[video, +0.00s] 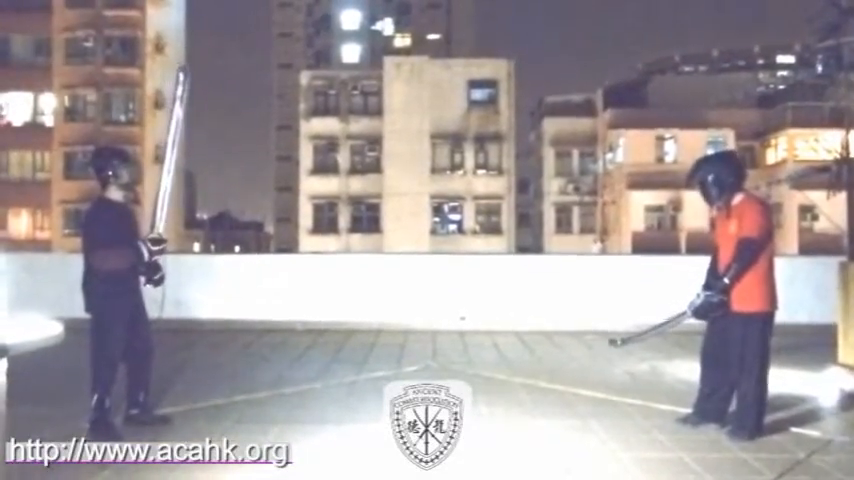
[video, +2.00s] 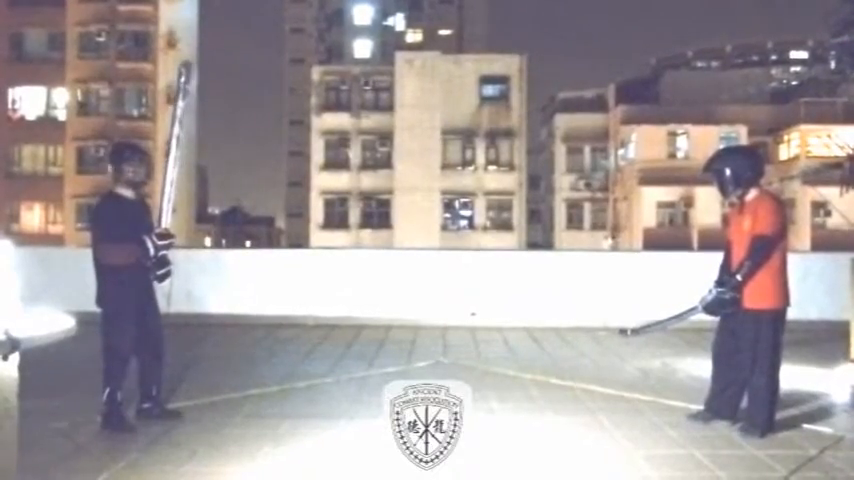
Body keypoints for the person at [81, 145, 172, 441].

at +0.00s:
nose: (132, 175)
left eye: (131, 170)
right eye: (127, 170)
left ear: (114, 173)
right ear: (112, 173)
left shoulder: (125, 211)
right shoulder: (99, 213)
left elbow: (126, 251)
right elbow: (100, 260)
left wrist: (146, 257)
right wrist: (140, 262)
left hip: (128, 292)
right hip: (105, 294)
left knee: (140, 347)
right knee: (108, 352)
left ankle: (138, 407)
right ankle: (100, 415)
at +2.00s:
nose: (139, 170)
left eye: (143, 165)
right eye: (132, 164)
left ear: (146, 170)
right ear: (117, 168)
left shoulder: (140, 206)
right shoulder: (106, 207)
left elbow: (141, 243)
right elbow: (106, 253)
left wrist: (158, 243)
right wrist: (145, 251)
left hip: (142, 286)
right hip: (115, 289)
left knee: (151, 342)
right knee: (119, 345)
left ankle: (150, 401)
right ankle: (111, 407)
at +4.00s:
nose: (126, 154)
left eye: (126, 149)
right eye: (121, 149)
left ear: (110, 151)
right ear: (107, 151)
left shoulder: (117, 188)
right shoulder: (91, 190)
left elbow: (118, 226)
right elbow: (93, 235)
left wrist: (138, 225)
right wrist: (133, 237)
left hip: (125, 270)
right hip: (103, 273)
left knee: (138, 325)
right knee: (105, 331)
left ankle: (138, 385)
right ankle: (99, 390)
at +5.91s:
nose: (116, 149)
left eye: (117, 144)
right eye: (109, 144)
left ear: (120, 153)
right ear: (97, 152)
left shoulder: (117, 194)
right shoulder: (86, 194)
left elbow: (120, 230)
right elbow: (89, 241)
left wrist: (138, 231)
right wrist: (130, 245)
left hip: (121, 274)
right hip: (96, 276)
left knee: (131, 329)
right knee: (98, 334)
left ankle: (132, 390)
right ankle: (92, 395)